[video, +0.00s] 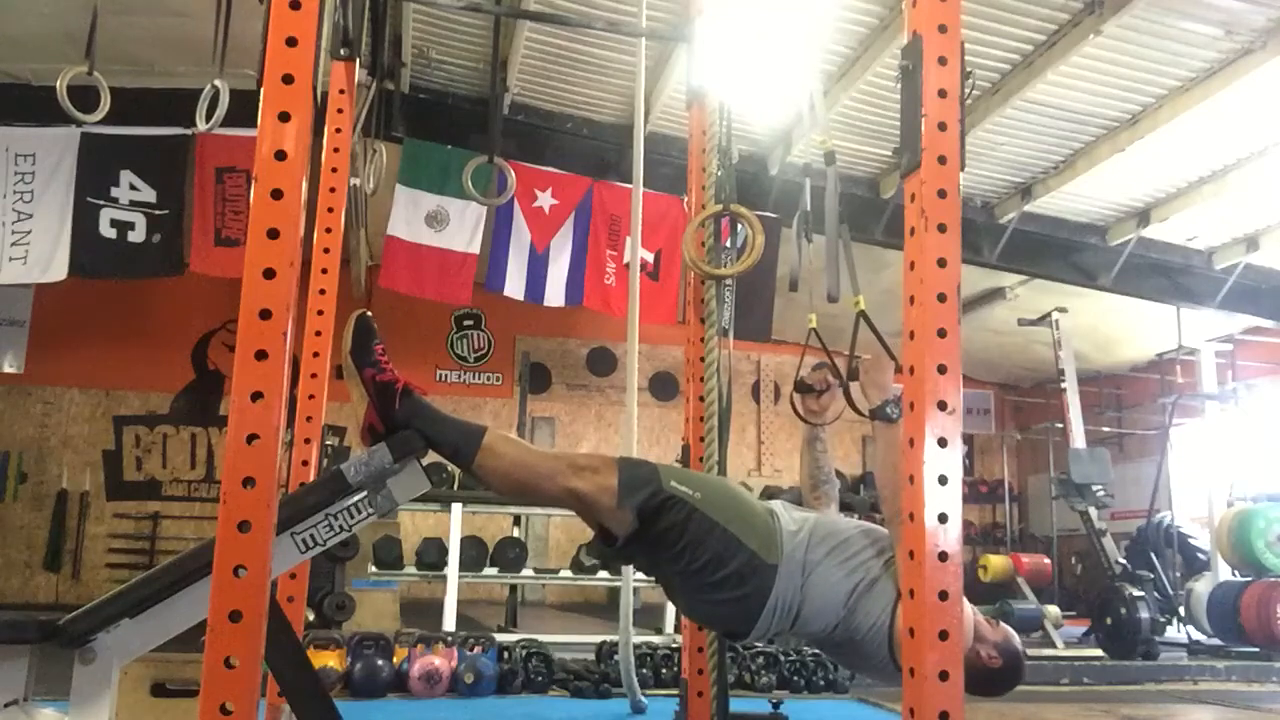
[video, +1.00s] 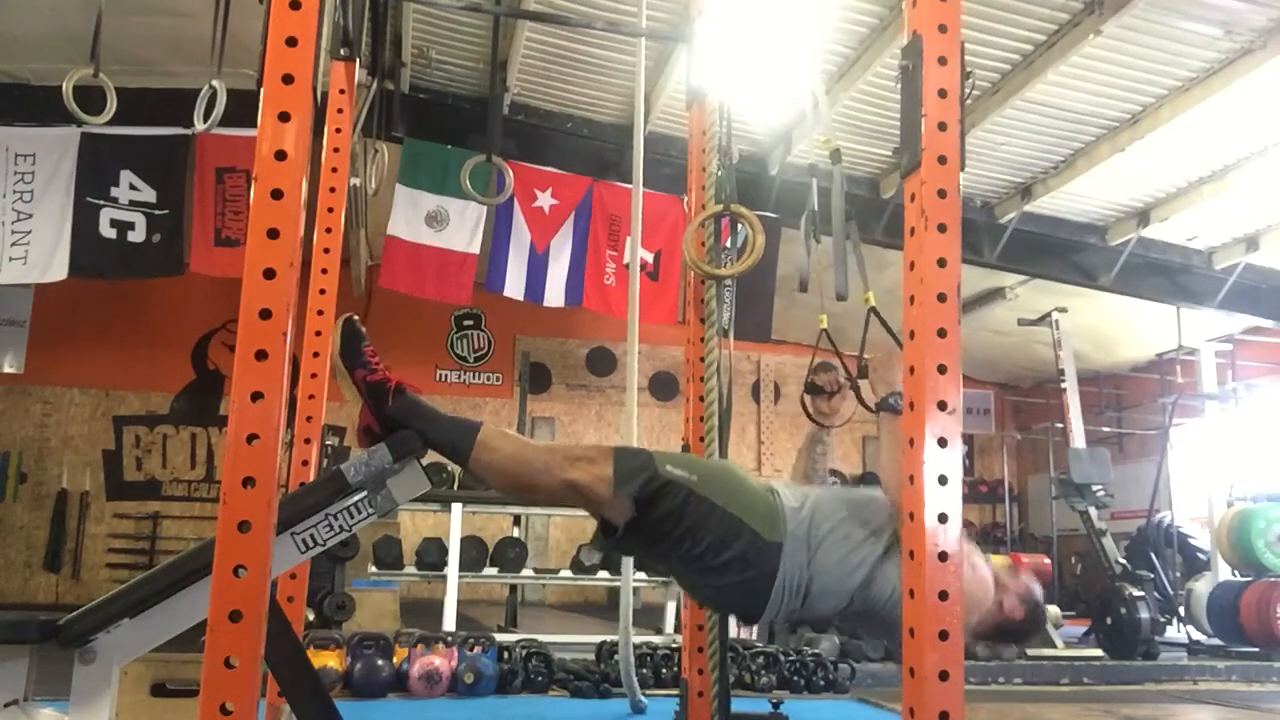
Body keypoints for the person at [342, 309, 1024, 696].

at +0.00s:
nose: (987, 628)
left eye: (992, 643)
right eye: (998, 632)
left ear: (973, 658)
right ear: (978, 636)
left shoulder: (941, 622)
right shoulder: (919, 641)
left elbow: (924, 516)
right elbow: (910, 511)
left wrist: (903, 414)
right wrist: (896, 419)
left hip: (765, 550)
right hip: (755, 577)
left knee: (598, 477)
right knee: (582, 491)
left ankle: (404, 408)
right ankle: (412, 437)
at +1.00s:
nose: (1017, 568)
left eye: (1024, 583)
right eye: (1025, 569)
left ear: (1007, 613)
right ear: (1002, 566)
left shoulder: (966, 596)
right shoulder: (947, 564)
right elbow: (859, 499)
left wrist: (934, 454)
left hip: (771, 549)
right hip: (766, 522)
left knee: (606, 479)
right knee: (600, 470)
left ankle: (402, 412)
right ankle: (416, 432)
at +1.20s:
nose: (1014, 502)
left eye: (1023, 512)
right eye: (1022, 499)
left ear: (1015, 544)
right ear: (1010, 492)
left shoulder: (969, 532)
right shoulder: (960, 496)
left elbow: (908, 490)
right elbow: (891, 460)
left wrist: (928, 428)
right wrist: (888, 409)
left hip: (786, 500)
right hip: (775, 475)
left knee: (605, 461)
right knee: (596, 453)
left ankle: (402, 417)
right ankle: (407, 415)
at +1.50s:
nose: (1019, 422)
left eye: (1030, 432)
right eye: (1025, 419)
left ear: (1027, 460)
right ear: (1011, 421)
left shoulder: (985, 465)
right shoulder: (964, 428)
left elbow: (907, 471)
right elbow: (886, 426)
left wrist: (918, 381)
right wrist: (895, 370)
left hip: (786, 443)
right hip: (776, 425)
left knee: (594, 373)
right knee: (579, 392)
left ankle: (389, 407)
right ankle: (398, 421)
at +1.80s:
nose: (925, 422)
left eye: (939, 432)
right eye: (937, 422)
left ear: (938, 467)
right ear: (927, 426)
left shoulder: (897, 486)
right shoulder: (884, 434)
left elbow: (825, 474)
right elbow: (828, 418)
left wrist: (824, 382)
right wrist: (830, 363)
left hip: (687, 418)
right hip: (688, 382)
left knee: (530, 294)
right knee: (515, 316)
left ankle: (370, 408)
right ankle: (378, 400)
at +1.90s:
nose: (894, 421)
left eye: (906, 434)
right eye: (904, 420)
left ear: (900, 470)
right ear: (891, 433)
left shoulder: (848, 480)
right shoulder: (832, 439)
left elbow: (772, 476)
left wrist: (802, 394)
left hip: (646, 405)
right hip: (646, 395)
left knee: (492, 276)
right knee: (485, 303)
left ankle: (352, 416)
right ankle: (357, 413)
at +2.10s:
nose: (809, 438)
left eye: (817, 452)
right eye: (817, 440)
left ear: (807, 471)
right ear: (804, 437)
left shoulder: (763, 473)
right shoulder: (746, 444)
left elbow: (679, 458)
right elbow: (602, 477)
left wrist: (710, 378)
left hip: (569, 373)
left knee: (410, 243)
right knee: (392, 296)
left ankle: (329, 421)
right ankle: (326, 421)